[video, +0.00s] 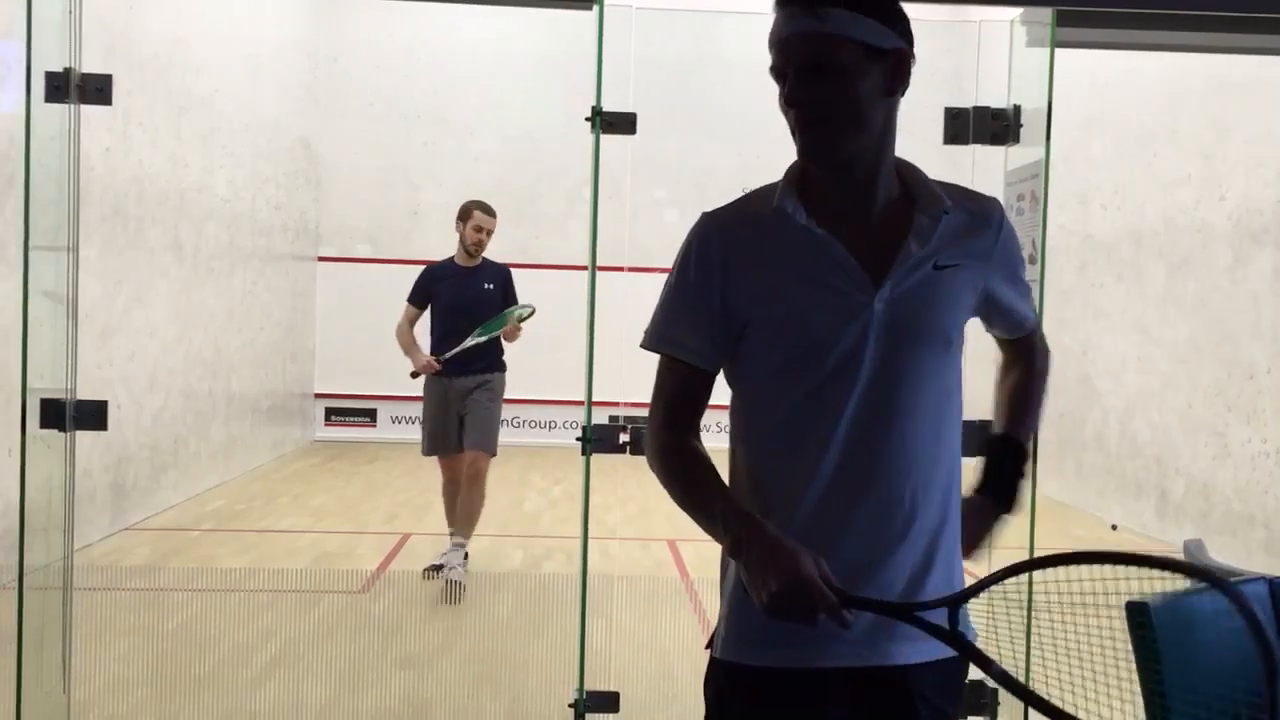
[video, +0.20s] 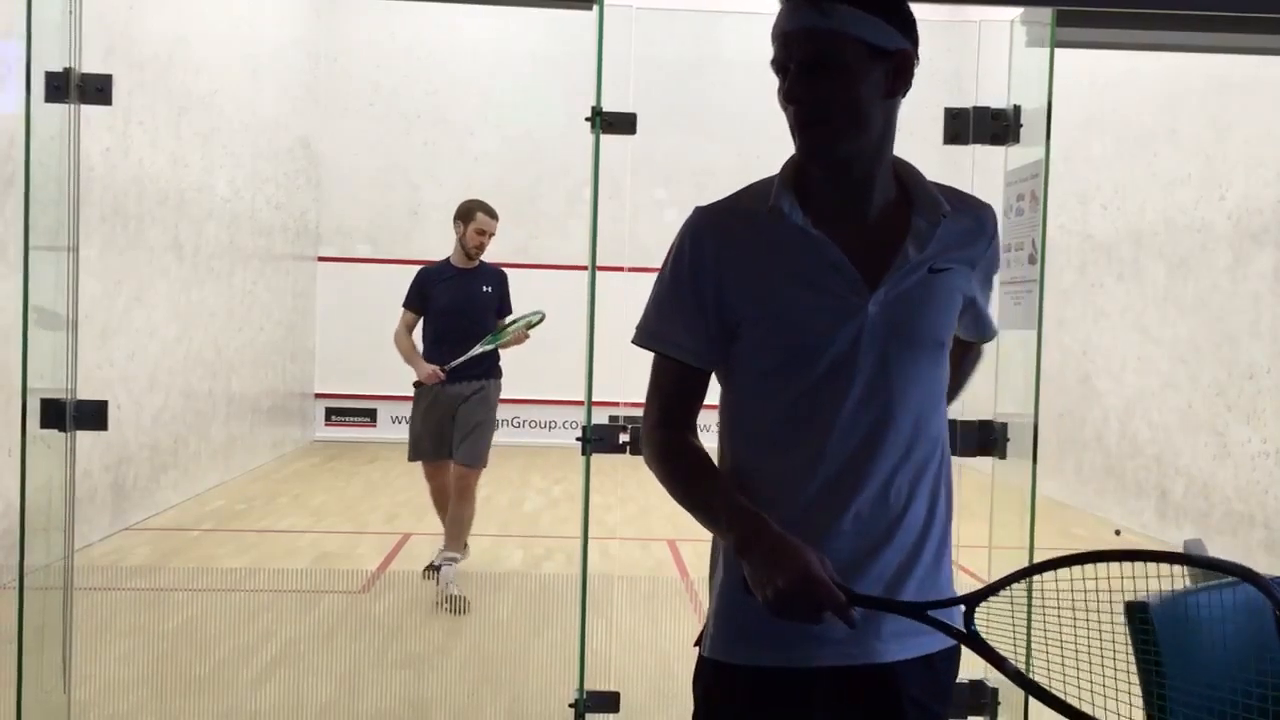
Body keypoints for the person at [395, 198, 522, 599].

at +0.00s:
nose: (481, 237)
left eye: (488, 232)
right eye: (477, 229)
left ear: (492, 236)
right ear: (460, 227)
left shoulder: (500, 275)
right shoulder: (434, 274)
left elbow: (511, 335)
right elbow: (404, 327)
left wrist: (511, 323)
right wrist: (417, 356)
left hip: (485, 382)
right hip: (443, 383)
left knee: (476, 466)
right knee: (451, 471)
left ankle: (459, 551)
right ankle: (455, 548)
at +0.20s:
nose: (484, 241)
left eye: (490, 235)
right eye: (479, 232)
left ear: (493, 237)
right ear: (459, 228)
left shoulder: (496, 278)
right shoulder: (429, 277)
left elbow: (504, 334)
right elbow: (402, 333)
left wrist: (516, 335)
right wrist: (418, 364)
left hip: (479, 390)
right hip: (435, 389)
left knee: (465, 478)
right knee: (437, 477)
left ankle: (448, 564)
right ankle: (456, 544)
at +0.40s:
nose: (482, 232)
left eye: (488, 226)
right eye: (476, 224)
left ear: (492, 228)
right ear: (456, 219)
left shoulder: (496, 271)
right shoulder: (426, 270)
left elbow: (507, 332)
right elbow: (401, 328)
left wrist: (516, 325)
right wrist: (421, 364)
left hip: (480, 392)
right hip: (433, 389)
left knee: (466, 483)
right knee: (420, 482)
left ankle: (450, 572)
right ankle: (435, 536)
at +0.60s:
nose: (476, 232)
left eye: (481, 224)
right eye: (468, 223)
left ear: (487, 223)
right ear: (449, 220)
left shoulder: (498, 268)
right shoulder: (425, 270)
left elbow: (515, 334)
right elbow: (403, 330)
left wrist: (516, 325)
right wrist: (418, 367)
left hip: (483, 394)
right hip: (437, 391)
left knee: (467, 489)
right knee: (432, 486)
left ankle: (449, 578)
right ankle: (425, 588)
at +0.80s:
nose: (472, 234)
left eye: (478, 225)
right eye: (464, 226)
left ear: (483, 223)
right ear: (444, 223)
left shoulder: (497, 269)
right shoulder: (421, 274)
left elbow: (515, 331)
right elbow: (399, 338)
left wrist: (518, 333)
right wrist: (416, 378)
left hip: (485, 400)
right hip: (435, 399)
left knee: (475, 496)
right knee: (438, 498)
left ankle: (447, 567)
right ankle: (438, 599)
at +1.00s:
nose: (482, 225)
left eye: (487, 217)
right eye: (474, 217)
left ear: (490, 214)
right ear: (450, 212)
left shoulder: (497, 258)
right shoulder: (420, 264)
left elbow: (504, 318)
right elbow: (390, 328)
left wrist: (522, 323)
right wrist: (418, 371)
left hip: (490, 392)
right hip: (438, 396)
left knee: (511, 494)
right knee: (439, 503)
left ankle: (461, 556)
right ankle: (440, 601)